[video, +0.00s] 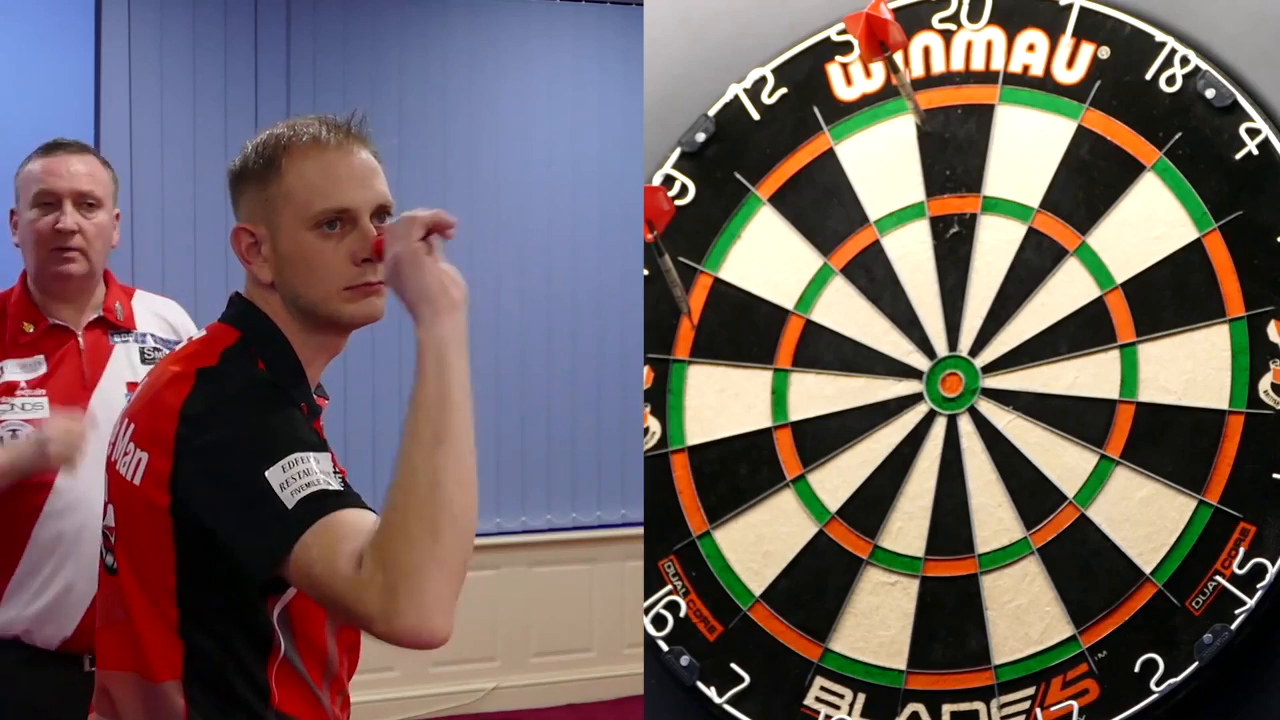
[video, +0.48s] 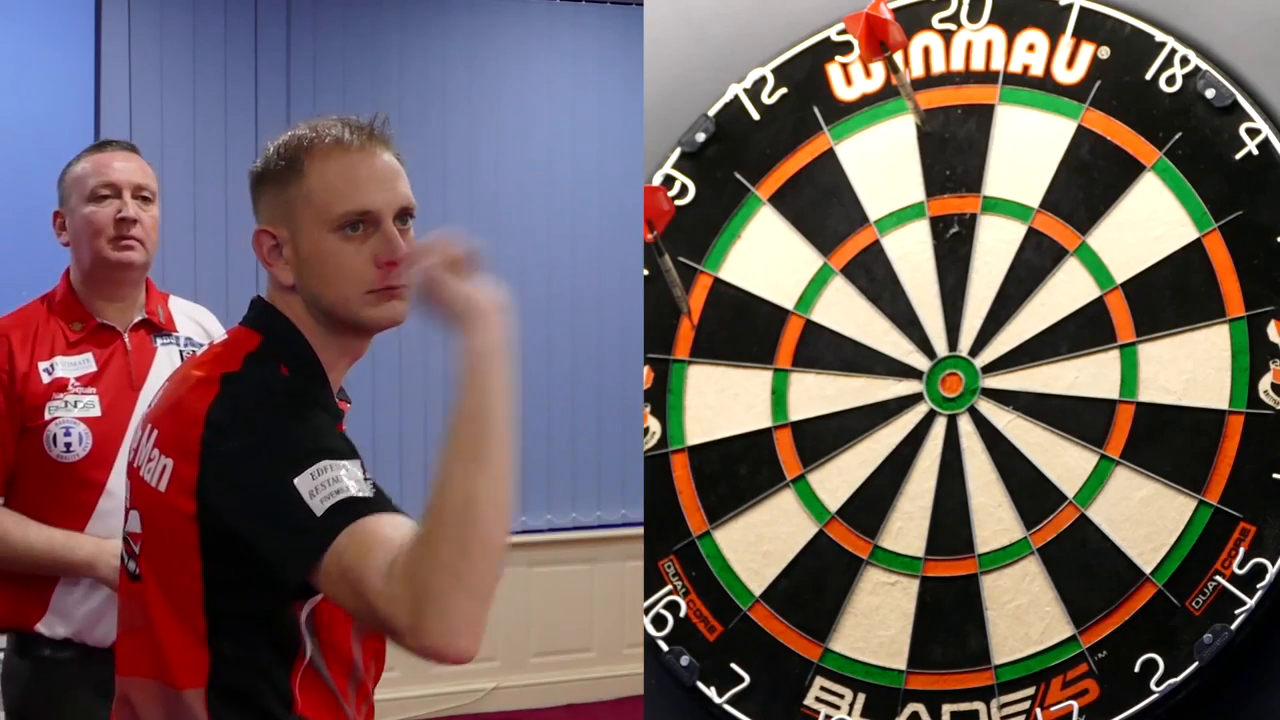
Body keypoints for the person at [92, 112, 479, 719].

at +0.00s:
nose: (375, 246)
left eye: (381, 218)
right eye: (333, 226)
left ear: (395, 221)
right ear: (254, 251)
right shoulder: (230, 401)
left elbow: (123, 676)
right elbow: (411, 604)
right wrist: (442, 317)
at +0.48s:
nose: (396, 251)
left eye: (404, 221)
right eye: (354, 228)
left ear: (416, 225)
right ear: (276, 255)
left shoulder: (195, 384)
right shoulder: (262, 409)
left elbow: (147, 686)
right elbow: (442, 620)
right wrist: (486, 332)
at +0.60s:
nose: (404, 250)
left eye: (410, 222)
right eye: (364, 226)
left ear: (423, 225)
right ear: (285, 254)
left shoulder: (209, 387)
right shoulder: (256, 408)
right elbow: (468, 512)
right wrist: (671, 417)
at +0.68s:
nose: (415, 242)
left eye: (422, 214)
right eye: (375, 218)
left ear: (434, 217)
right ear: (295, 245)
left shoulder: (215, 381)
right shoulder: (276, 391)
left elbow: (167, 678)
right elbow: (460, 519)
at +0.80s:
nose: (426, 239)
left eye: (434, 210)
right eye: (386, 214)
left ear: (447, 213)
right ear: (305, 241)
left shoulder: (223, 378)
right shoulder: (285, 393)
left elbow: (168, 688)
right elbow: (475, 590)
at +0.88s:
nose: (443, 239)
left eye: (451, 208)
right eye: (402, 212)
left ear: (460, 212)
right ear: (320, 238)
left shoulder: (239, 374)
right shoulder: (297, 396)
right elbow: (500, 631)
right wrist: (673, 710)